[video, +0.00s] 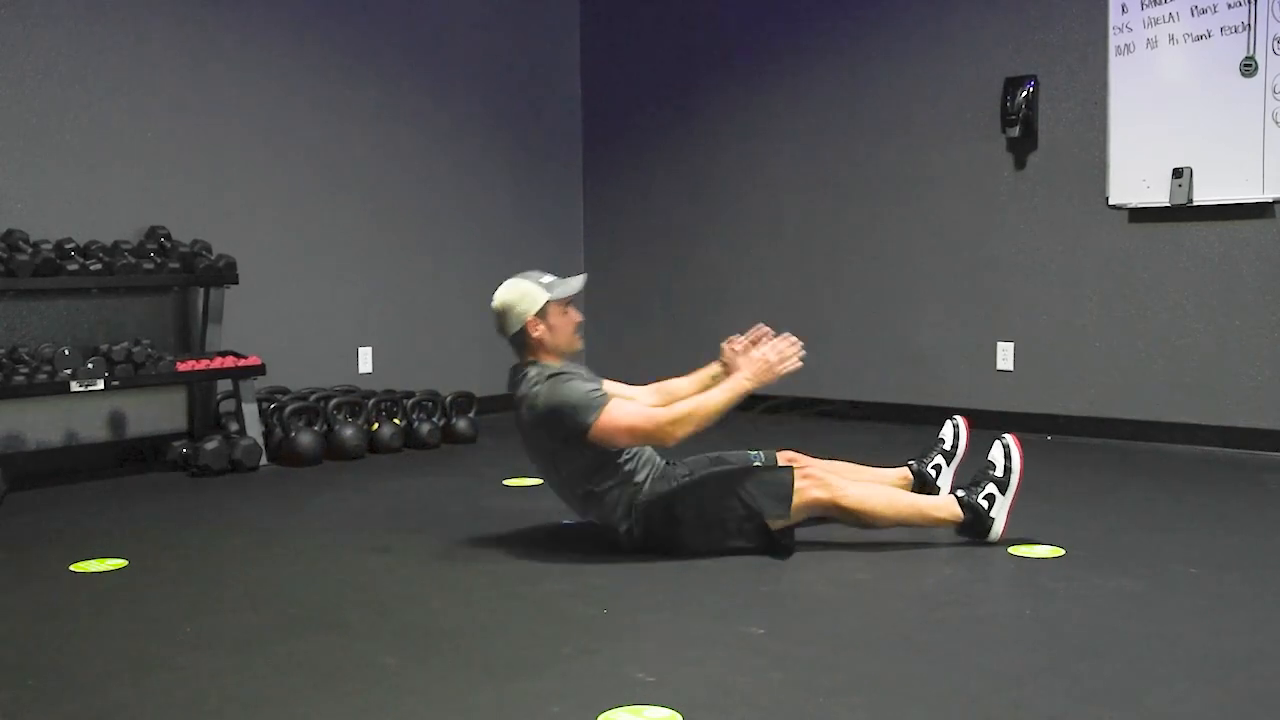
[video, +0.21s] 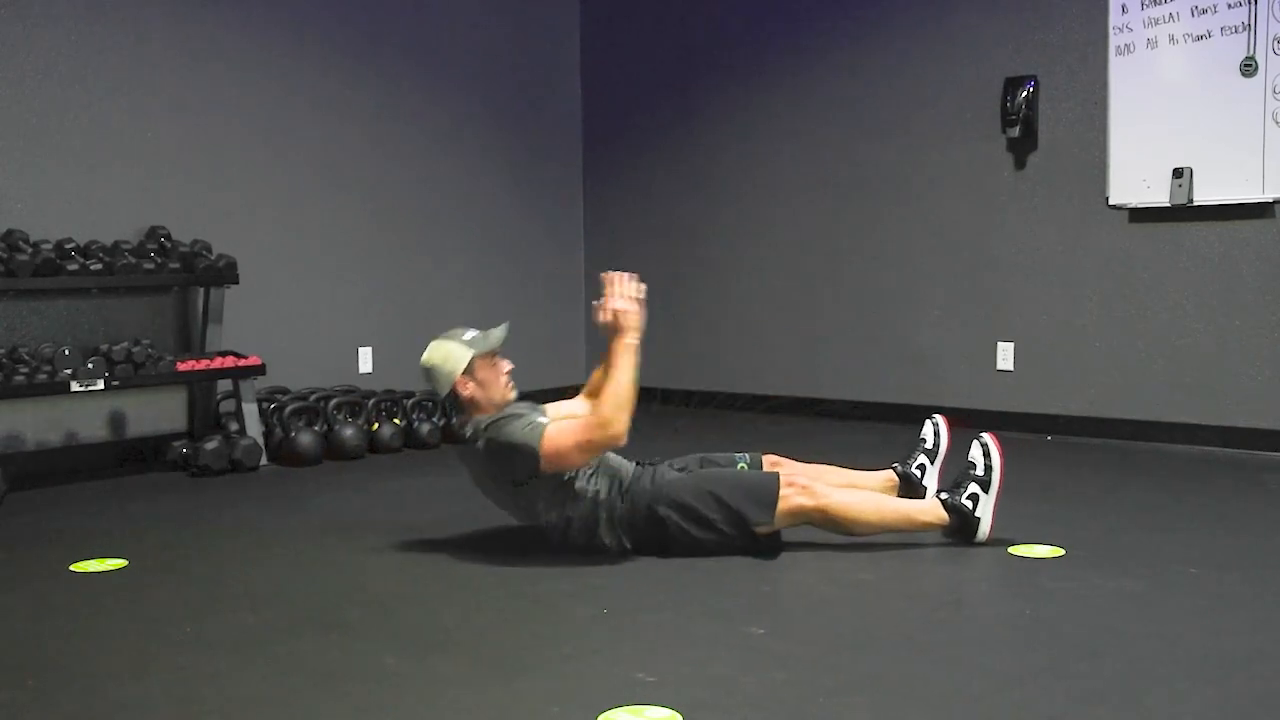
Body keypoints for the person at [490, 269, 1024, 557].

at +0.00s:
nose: (576, 313)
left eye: (570, 304)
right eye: (564, 307)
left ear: (541, 325)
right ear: (536, 327)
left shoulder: (561, 374)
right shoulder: (551, 394)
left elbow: (649, 398)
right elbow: (663, 429)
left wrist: (720, 365)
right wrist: (747, 379)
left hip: (660, 477)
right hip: (647, 505)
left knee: (796, 462)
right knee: (812, 485)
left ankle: (920, 477)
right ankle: (970, 513)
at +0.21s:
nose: (503, 363)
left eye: (495, 356)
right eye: (489, 361)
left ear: (474, 380)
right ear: (464, 386)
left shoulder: (508, 416)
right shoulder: (499, 440)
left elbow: (591, 407)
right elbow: (608, 429)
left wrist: (614, 332)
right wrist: (627, 334)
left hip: (641, 483)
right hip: (636, 508)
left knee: (776, 467)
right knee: (797, 496)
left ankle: (908, 479)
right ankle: (950, 513)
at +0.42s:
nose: (432, 441)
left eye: (424, 434)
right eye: (417, 446)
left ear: (431, 442)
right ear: (412, 474)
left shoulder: (461, 477)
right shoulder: (463, 507)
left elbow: (525, 423)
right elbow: (524, 427)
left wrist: (465, 361)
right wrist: (462, 365)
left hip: (625, 484)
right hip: (625, 509)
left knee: (766, 459)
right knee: (788, 492)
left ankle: (893, 483)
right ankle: (943, 515)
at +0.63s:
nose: (381, 491)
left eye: (377, 481)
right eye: (371, 494)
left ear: (397, 476)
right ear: (385, 505)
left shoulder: (444, 490)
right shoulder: (436, 516)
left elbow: (422, 413)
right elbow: (422, 417)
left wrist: (338, 450)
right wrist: (331, 451)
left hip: (623, 485)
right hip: (620, 513)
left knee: (768, 461)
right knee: (784, 486)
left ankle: (896, 484)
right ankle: (940, 516)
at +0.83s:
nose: (386, 486)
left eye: (379, 479)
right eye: (380, 485)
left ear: (383, 499)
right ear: (382, 514)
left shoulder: (442, 501)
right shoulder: (430, 527)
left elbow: (388, 434)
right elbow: (375, 436)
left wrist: (319, 498)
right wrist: (311, 508)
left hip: (624, 483)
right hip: (623, 510)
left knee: (764, 459)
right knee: (783, 488)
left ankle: (896, 489)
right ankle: (940, 518)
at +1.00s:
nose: (395, 468)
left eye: (386, 466)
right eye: (383, 472)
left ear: (396, 475)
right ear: (386, 497)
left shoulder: (439, 493)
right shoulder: (436, 523)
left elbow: (445, 407)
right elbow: (444, 412)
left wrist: (357, 415)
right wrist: (354, 423)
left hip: (624, 485)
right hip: (622, 513)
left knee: (764, 458)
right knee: (785, 484)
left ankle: (894, 488)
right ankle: (938, 516)